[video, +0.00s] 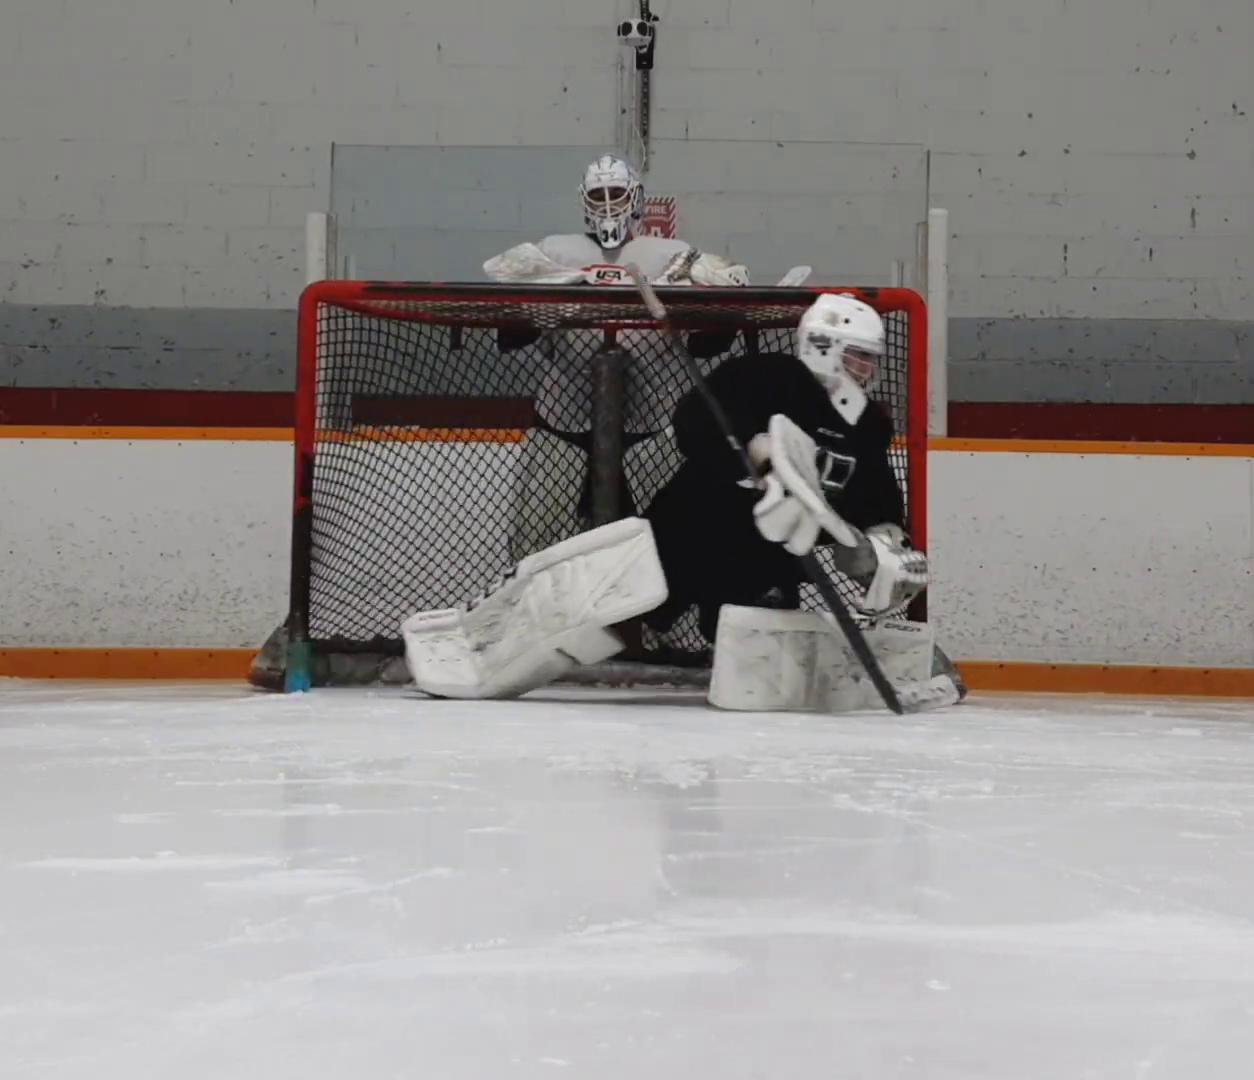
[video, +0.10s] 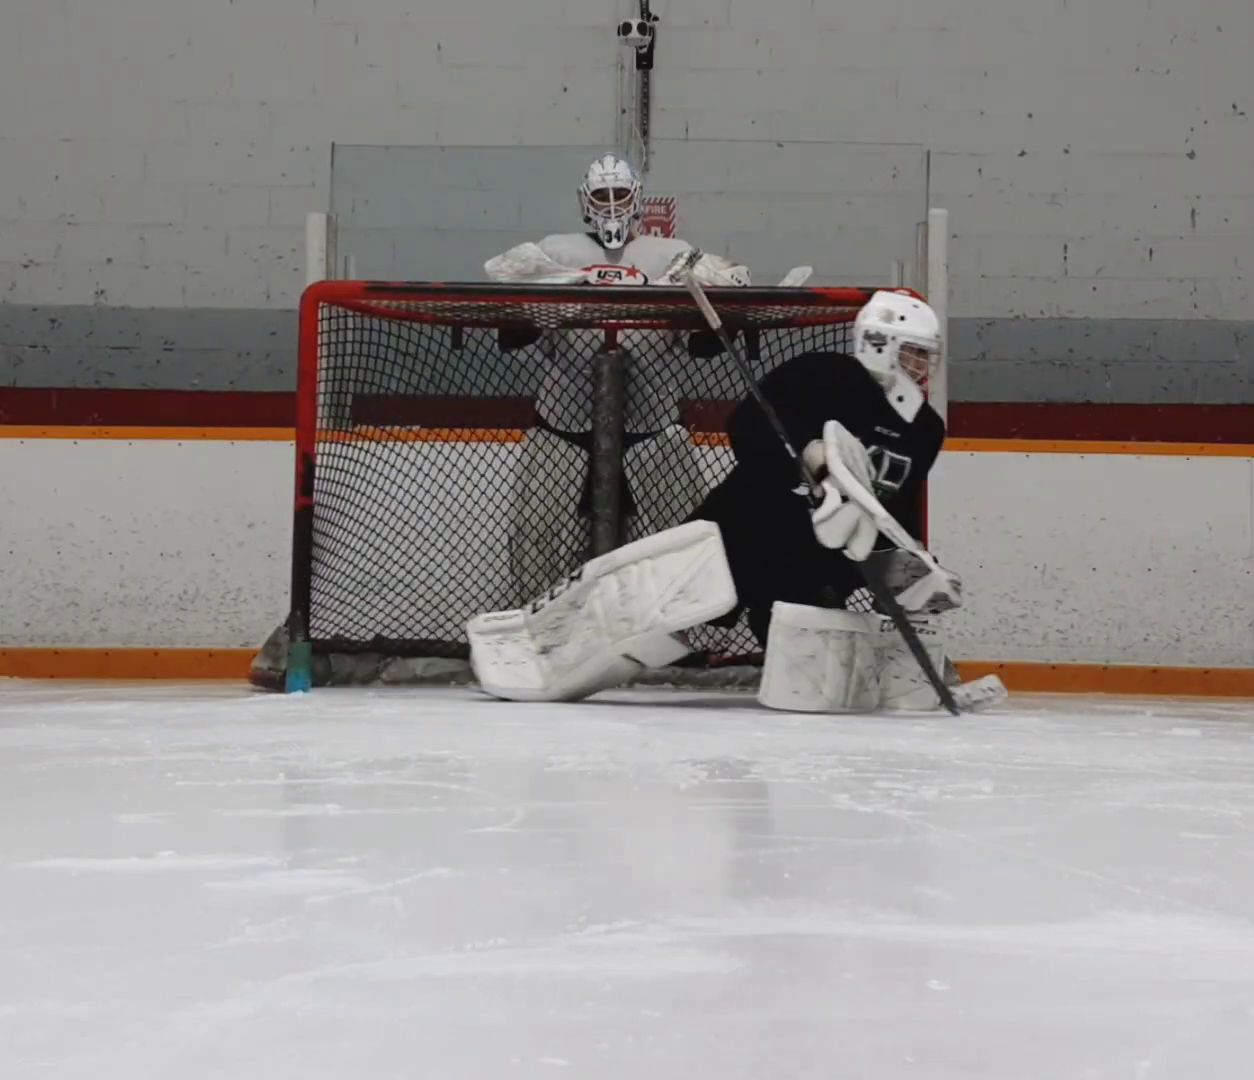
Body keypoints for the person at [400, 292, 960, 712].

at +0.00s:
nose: (866, 372)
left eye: (872, 362)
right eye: (857, 359)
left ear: (870, 364)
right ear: (818, 348)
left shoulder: (867, 426)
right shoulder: (765, 376)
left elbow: (883, 508)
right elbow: (692, 416)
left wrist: (876, 536)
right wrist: (753, 453)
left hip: (782, 566)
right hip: (695, 539)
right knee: (587, 610)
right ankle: (479, 652)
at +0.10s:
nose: (925, 368)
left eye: (930, 357)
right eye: (915, 354)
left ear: (929, 358)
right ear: (878, 346)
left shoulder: (924, 430)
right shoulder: (826, 373)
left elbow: (900, 514)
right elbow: (752, 422)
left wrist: (914, 571)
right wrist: (804, 460)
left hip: (821, 567)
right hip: (748, 534)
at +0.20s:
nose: (970, 372)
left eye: (977, 362)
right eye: (961, 358)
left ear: (980, 364)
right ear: (923, 349)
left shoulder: (961, 435)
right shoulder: (874, 376)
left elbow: (919, 516)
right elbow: (791, 421)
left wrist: (911, 565)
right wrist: (833, 455)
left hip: (846, 552)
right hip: (775, 524)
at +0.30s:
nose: (982, 368)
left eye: (992, 361)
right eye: (974, 354)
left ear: (1002, 367)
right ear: (941, 344)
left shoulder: (977, 431)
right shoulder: (901, 372)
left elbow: (933, 518)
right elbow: (808, 409)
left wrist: (917, 560)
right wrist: (847, 449)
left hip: (860, 550)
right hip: (784, 523)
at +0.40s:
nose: (988, 355)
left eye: (999, 347)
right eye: (979, 340)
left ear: (1008, 351)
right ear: (945, 330)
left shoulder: (989, 419)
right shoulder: (901, 362)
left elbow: (938, 503)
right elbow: (788, 391)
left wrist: (938, 563)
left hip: (869, 530)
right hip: (786, 503)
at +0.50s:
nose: (980, 324)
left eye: (990, 315)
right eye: (969, 310)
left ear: (1001, 318)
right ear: (934, 301)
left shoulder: (997, 389)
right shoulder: (895, 338)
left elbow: (950, 467)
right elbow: (778, 359)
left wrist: (981, 526)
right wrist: (778, 387)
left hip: (878, 515)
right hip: (786, 482)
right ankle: (752, 671)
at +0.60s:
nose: (974, 282)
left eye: (985, 272)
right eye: (961, 267)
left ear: (996, 276)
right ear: (925, 261)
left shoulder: (1000, 349)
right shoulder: (889, 300)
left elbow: (965, 449)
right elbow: (777, 337)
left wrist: (1024, 502)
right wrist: (789, 373)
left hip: (897, 498)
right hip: (799, 463)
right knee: (832, 545)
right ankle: (776, 679)